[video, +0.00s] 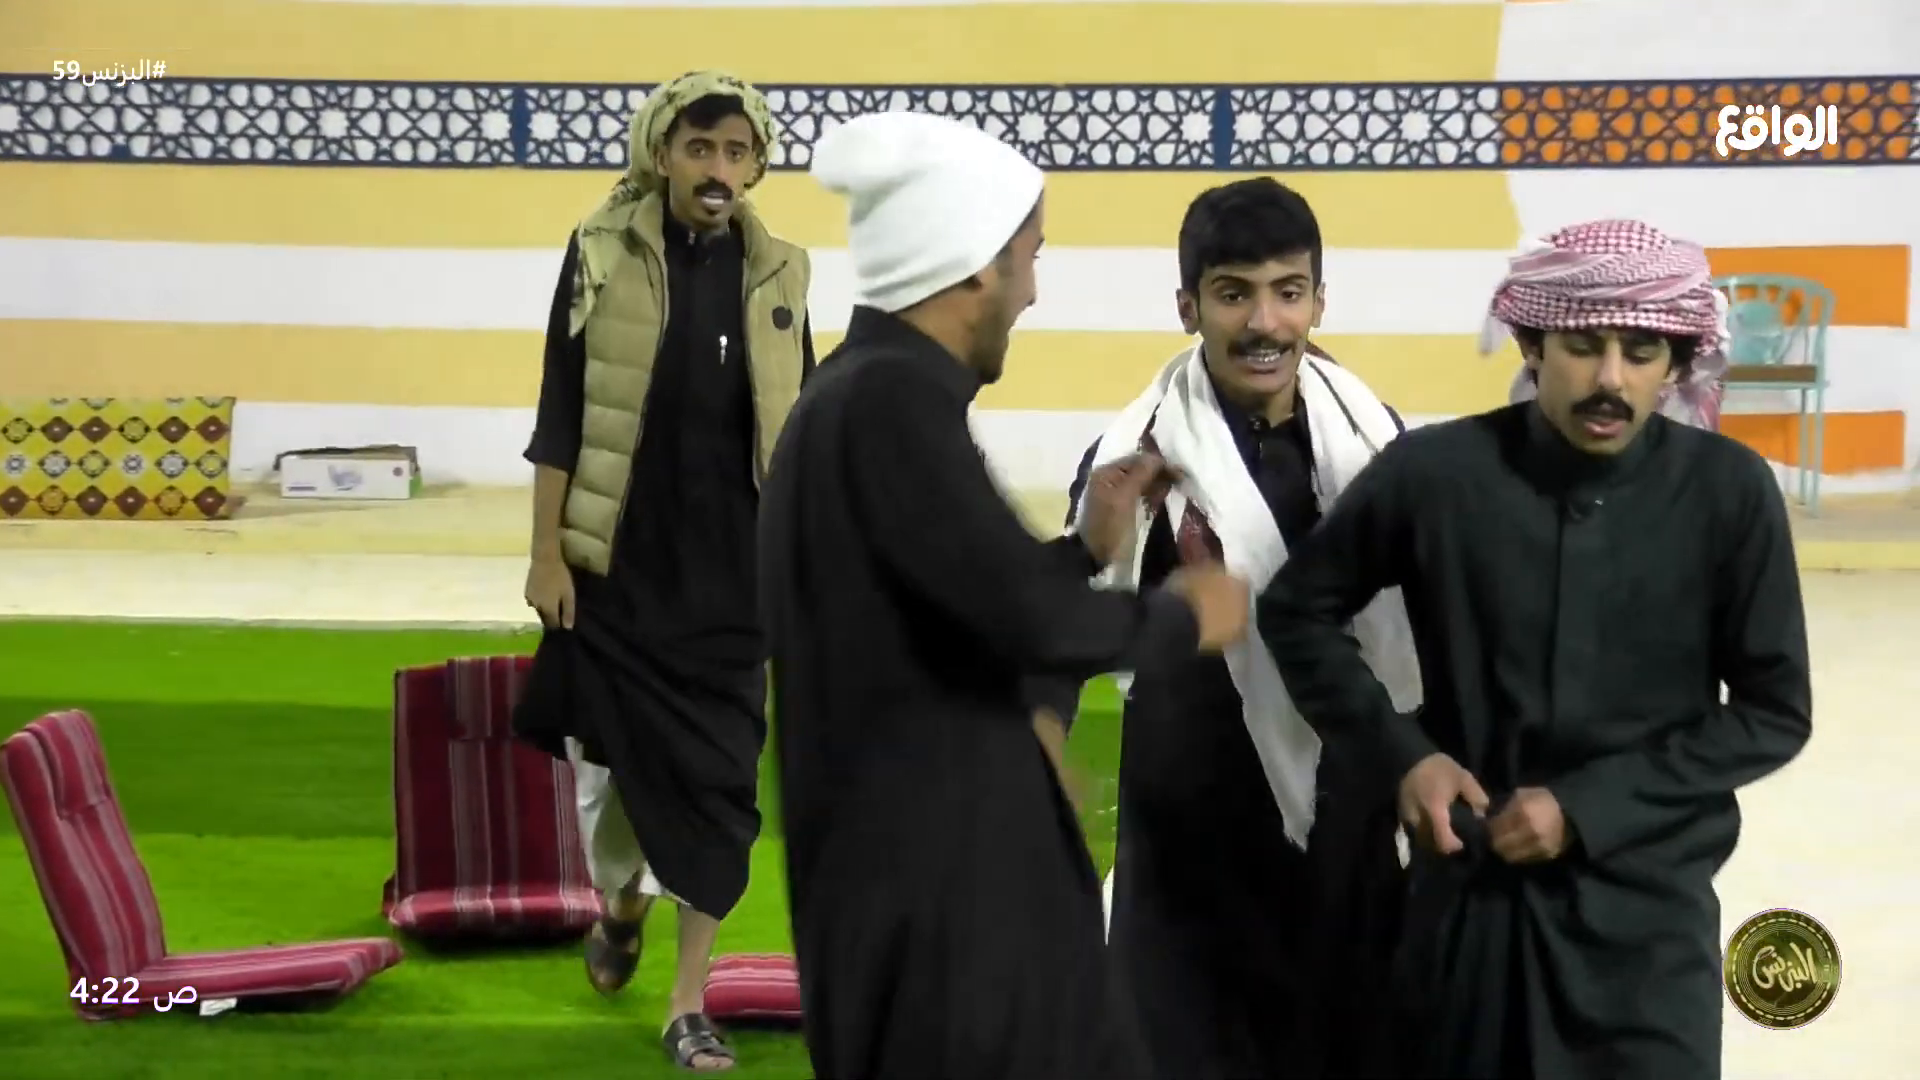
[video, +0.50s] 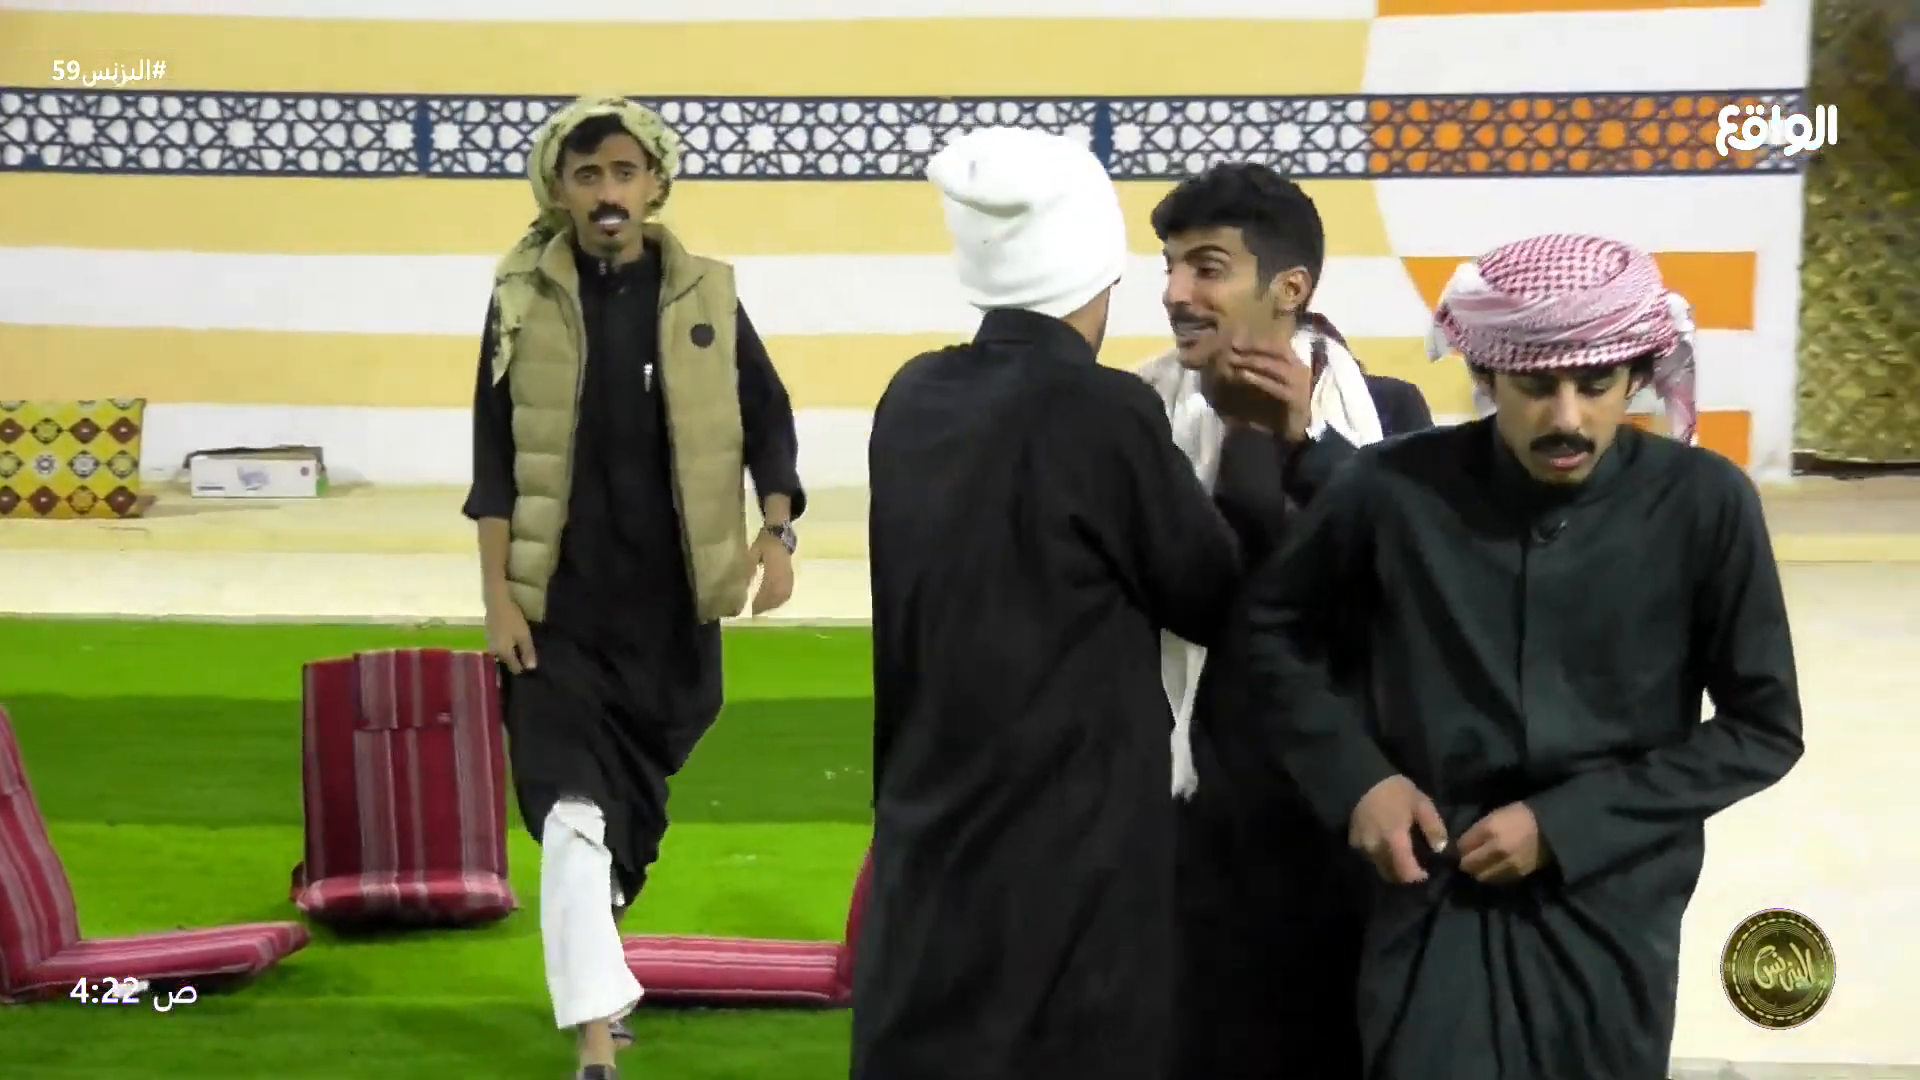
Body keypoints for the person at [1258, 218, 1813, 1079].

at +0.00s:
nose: (1609, 378)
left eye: (1640, 352)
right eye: (1582, 346)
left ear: (1675, 366)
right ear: (1533, 349)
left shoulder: (1729, 489)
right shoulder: (1428, 475)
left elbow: (1775, 714)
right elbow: (1295, 609)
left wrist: (1580, 806)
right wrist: (1405, 757)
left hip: (1642, 930)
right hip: (1462, 918)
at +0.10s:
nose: (1627, 383)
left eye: (1658, 357)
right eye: (1599, 351)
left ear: (1692, 371)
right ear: (1549, 352)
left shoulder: (1747, 498)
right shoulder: (1437, 477)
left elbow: (1791, 723)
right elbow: (1304, 615)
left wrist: (1595, 815)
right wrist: (1417, 765)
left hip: (1650, 935)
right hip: (1467, 924)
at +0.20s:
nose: (1631, 382)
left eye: (1663, 353)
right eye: (1604, 347)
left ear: (1699, 364)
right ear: (1551, 343)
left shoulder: (1752, 483)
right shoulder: (1436, 466)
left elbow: (1798, 709)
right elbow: (1304, 604)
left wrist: (1609, 794)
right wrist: (1415, 754)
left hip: (1659, 900)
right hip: (1483, 890)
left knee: (1665, 1063)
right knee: (1480, 1063)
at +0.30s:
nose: (1618, 381)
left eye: (1649, 350)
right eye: (1590, 347)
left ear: (1687, 353)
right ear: (1536, 340)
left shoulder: (1745, 475)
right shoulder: (1429, 460)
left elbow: (1793, 700)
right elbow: (1310, 605)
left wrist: (1603, 784)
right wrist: (1414, 755)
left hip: (1652, 893)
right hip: (1473, 884)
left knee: (1652, 1064)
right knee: (1472, 1064)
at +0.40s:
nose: (1590, 399)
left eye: (1619, 366)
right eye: (1560, 366)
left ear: (1659, 362)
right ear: (1509, 357)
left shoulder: (1727, 486)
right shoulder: (1411, 474)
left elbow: (1781, 713)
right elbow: (1302, 620)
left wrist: (1581, 805)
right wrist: (1388, 768)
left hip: (1632, 907)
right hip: (1455, 892)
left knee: (1624, 1066)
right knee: (1454, 1063)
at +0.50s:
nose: (1567, 419)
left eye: (1594, 386)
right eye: (1536, 386)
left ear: (1634, 382)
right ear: (1487, 381)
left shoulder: (1705, 502)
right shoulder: (1389, 489)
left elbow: (1765, 728)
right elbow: (1267, 635)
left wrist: (1561, 823)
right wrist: (1359, 782)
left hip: (1611, 925)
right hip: (1428, 912)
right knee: (1429, 1061)